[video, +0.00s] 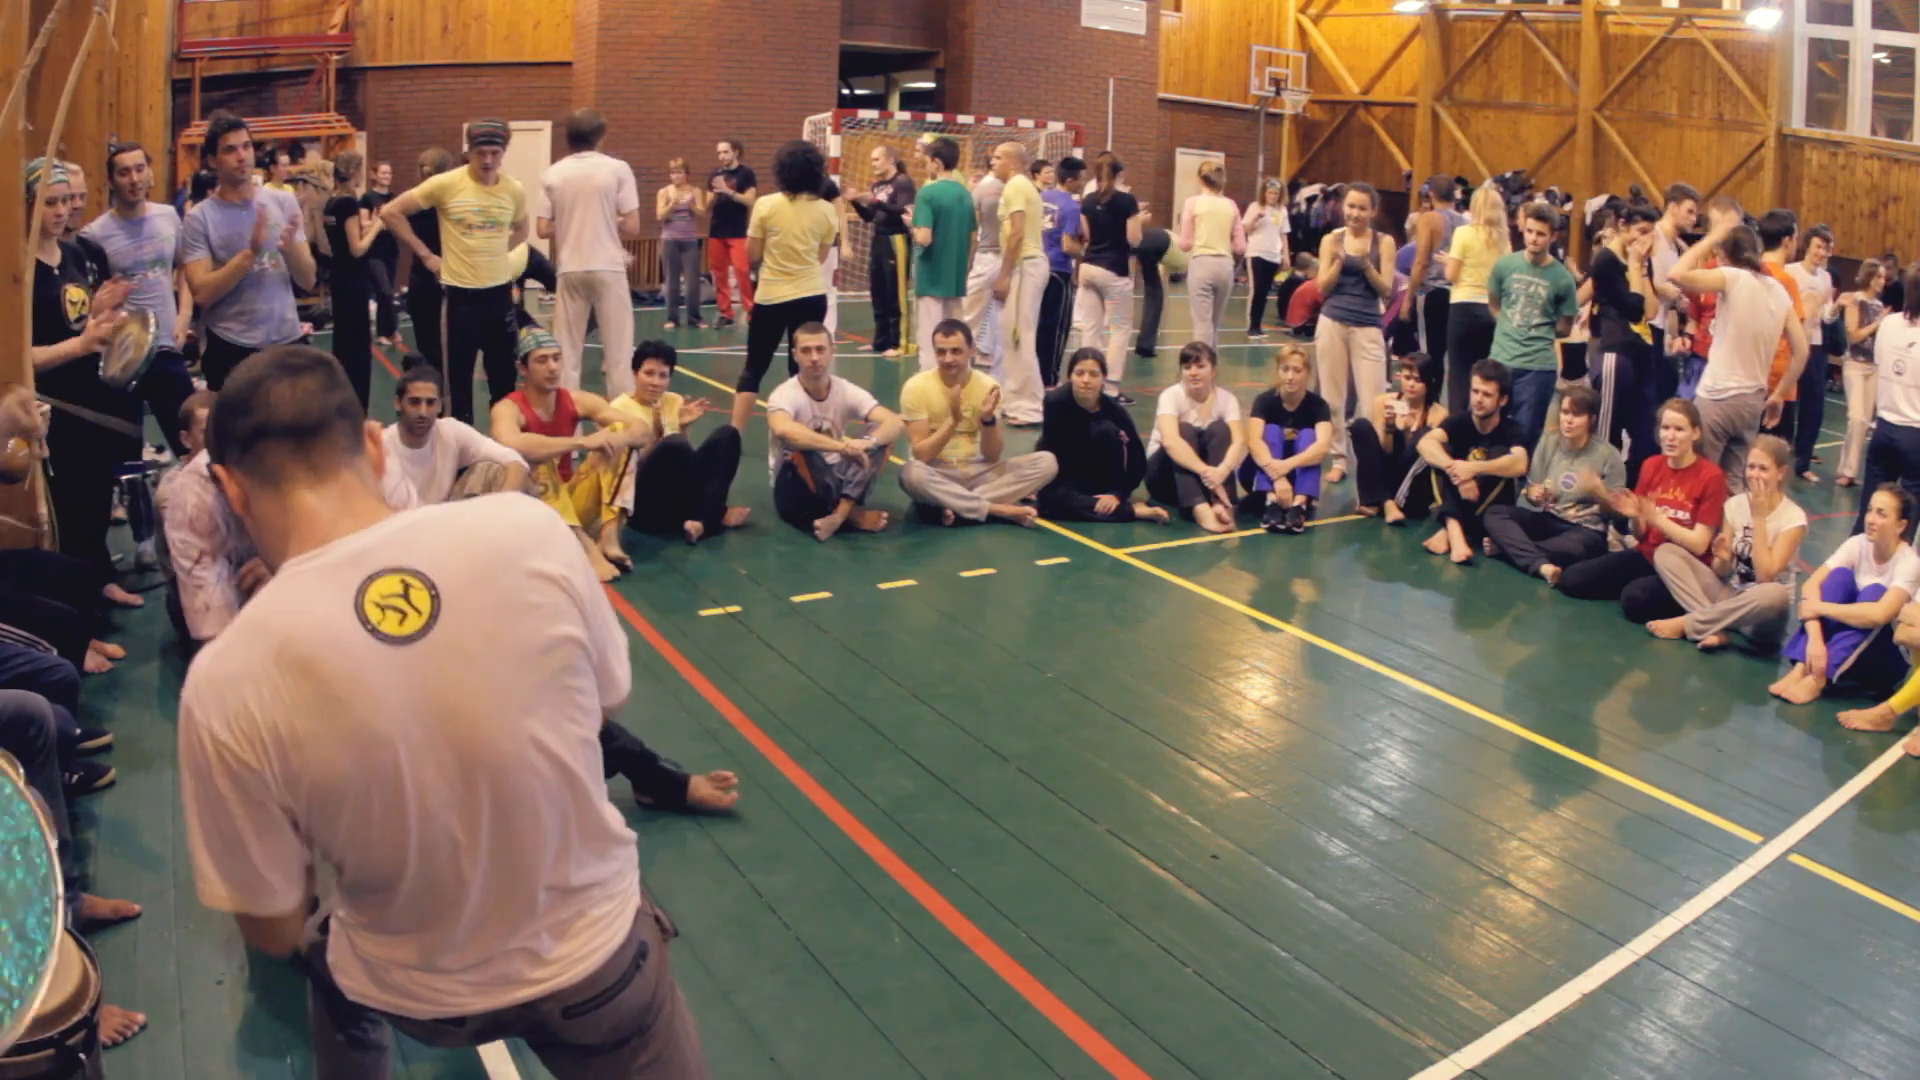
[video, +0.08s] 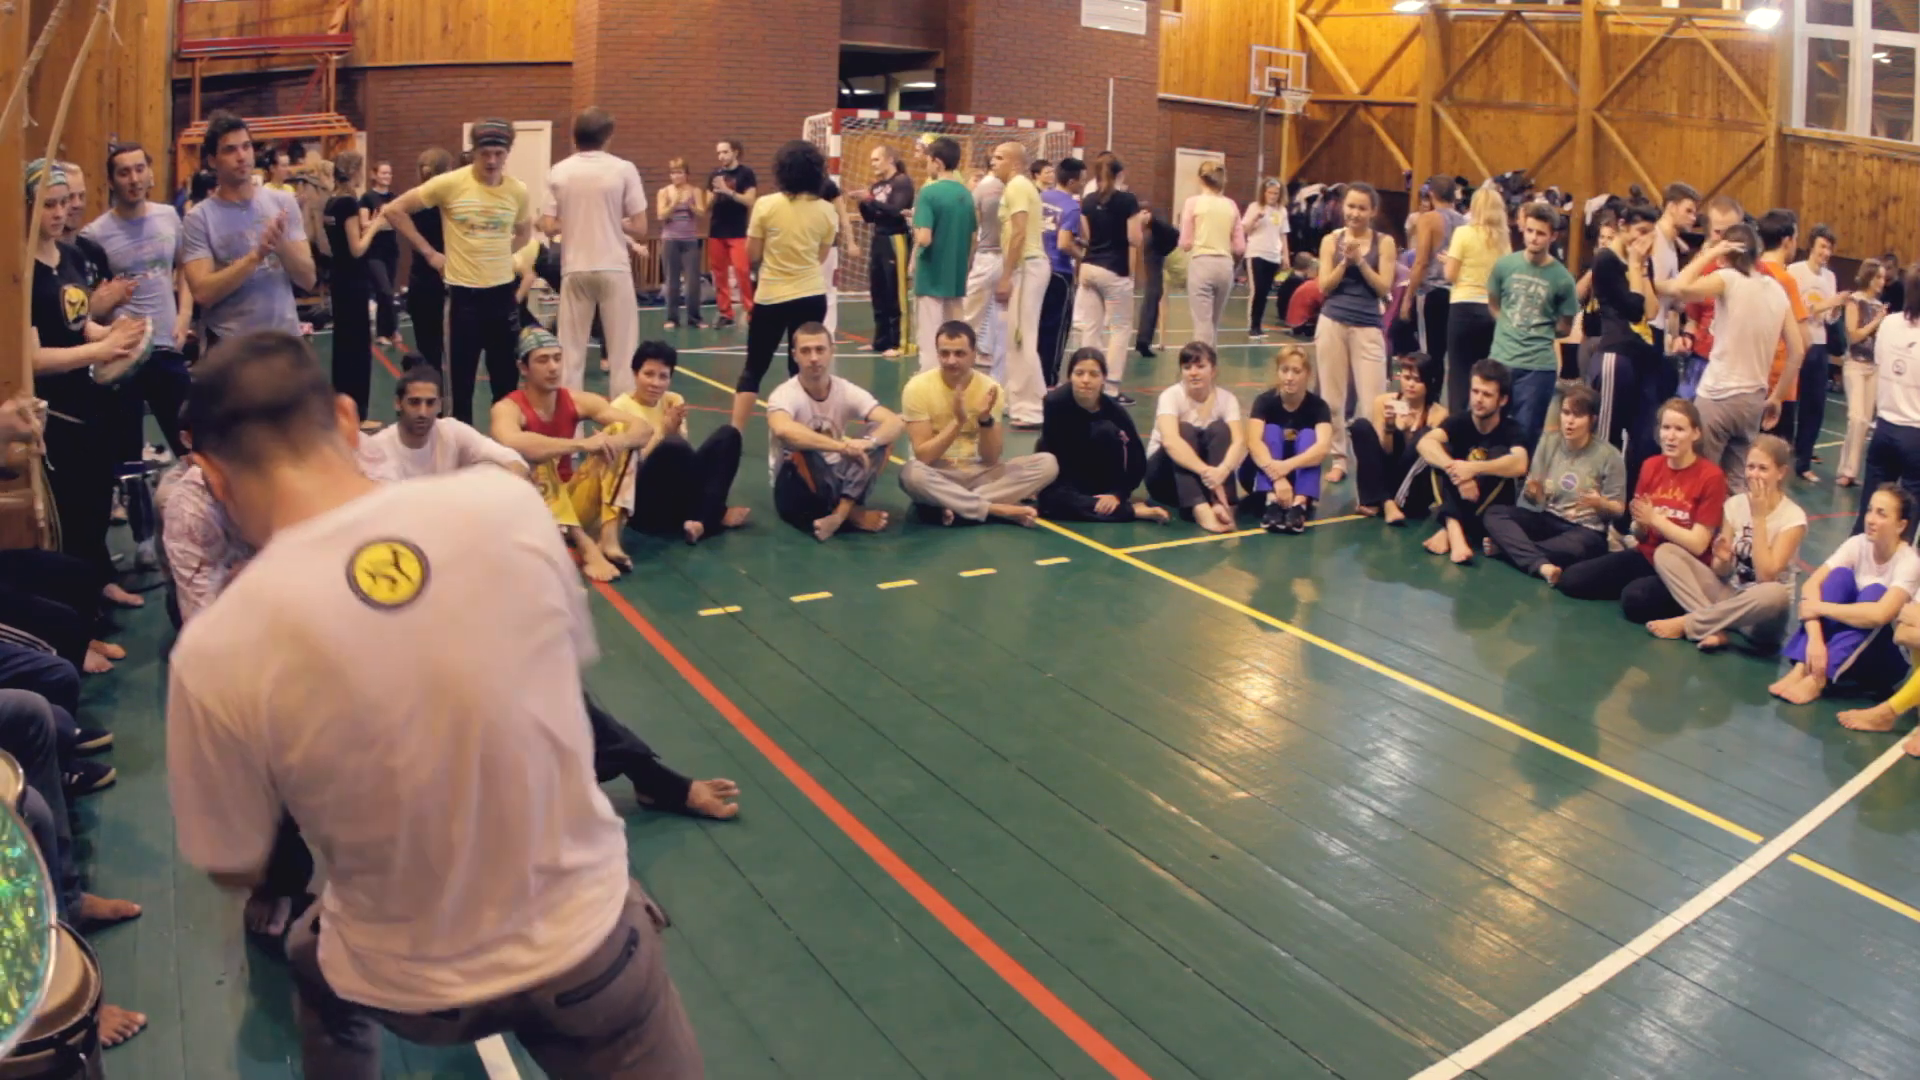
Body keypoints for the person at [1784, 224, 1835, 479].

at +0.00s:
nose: (1821, 253)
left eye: (1826, 249)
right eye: (1817, 247)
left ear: (1829, 252)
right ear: (1806, 247)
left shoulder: (1825, 277)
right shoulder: (1790, 272)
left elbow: (1825, 316)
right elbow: (1780, 306)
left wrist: (1836, 307)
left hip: (1816, 342)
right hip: (1791, 340)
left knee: (1813, 404)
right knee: (1786, 400)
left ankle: (1803, 463)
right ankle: (1780, 456)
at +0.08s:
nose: (1825, 253)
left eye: (1829, 248)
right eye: (1821, 247)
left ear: (1832, 252)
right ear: (1810, 247)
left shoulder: (1830, 277)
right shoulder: (1794, 272)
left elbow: (1828, 317)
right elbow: (1795, 311)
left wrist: (1837, 307)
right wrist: (1830, 303)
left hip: (1819, 343)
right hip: (1795, 341)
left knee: (1814, 405)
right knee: (1788, 401)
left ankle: (1803, 461)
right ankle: (1781, 456)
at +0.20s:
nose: (1832, 254)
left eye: (1836, 249)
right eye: (1828, 247)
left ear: (1838, 253)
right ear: (1816, 247)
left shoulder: (1834, 279)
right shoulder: (1799, 272)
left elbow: (1836, 316)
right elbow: (1796, 309)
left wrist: (1844, 306)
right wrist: (1825, 299)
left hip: (1823, 343)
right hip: (1800, 341)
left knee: (1816, 406)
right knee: (1792, 401)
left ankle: (1803, 461)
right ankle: (1781, 455)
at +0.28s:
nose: (1835, 255)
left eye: (1838, 251)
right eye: (1831, 249)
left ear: (1840, 255)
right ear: (1819, 249)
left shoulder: (1837, 280)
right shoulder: (1802, 273)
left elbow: (1838, 316)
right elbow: (1804, 313)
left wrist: (1848, 307)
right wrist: (1828, 300)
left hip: (1827, 345)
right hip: (1805, 343)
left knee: (1818, 406)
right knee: (1799, 402)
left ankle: (1804, 461)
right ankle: (1786, 454)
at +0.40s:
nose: (1840, 258)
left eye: (1842, 254)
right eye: (1836, 252)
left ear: (1843, 257)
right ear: (1824, 251)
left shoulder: (1840, 279)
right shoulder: (1806, 272)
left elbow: (1841, 317)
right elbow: (1808, 308)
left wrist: (1853, 306)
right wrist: (1843, 302)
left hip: (1831, 344)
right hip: (1811, 342)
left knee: (1822, 404)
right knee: (1807, 403)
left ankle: (1807, 453)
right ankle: (1801, 459)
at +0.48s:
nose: (1842, 262)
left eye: (1845, 258)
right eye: (1839, 256)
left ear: (1845, 258)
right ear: (1827, 253)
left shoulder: (1841, 280)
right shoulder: (1807, 273)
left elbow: (1842, 317)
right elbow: (1807, 307)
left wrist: (1854, 307)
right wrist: (1839, 300)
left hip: (1833, 343)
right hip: (1813, 341)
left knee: (1823, 406)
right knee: (1809, 403)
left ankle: (1806, 457)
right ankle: (1799, 457)